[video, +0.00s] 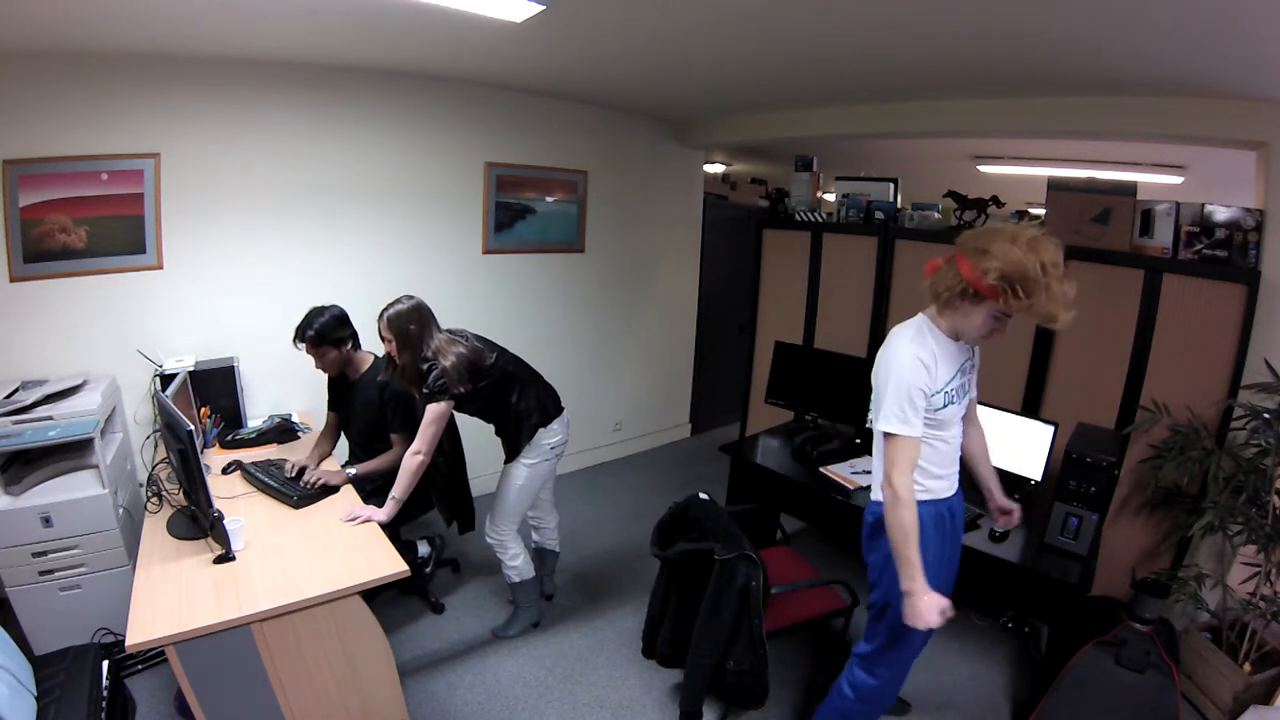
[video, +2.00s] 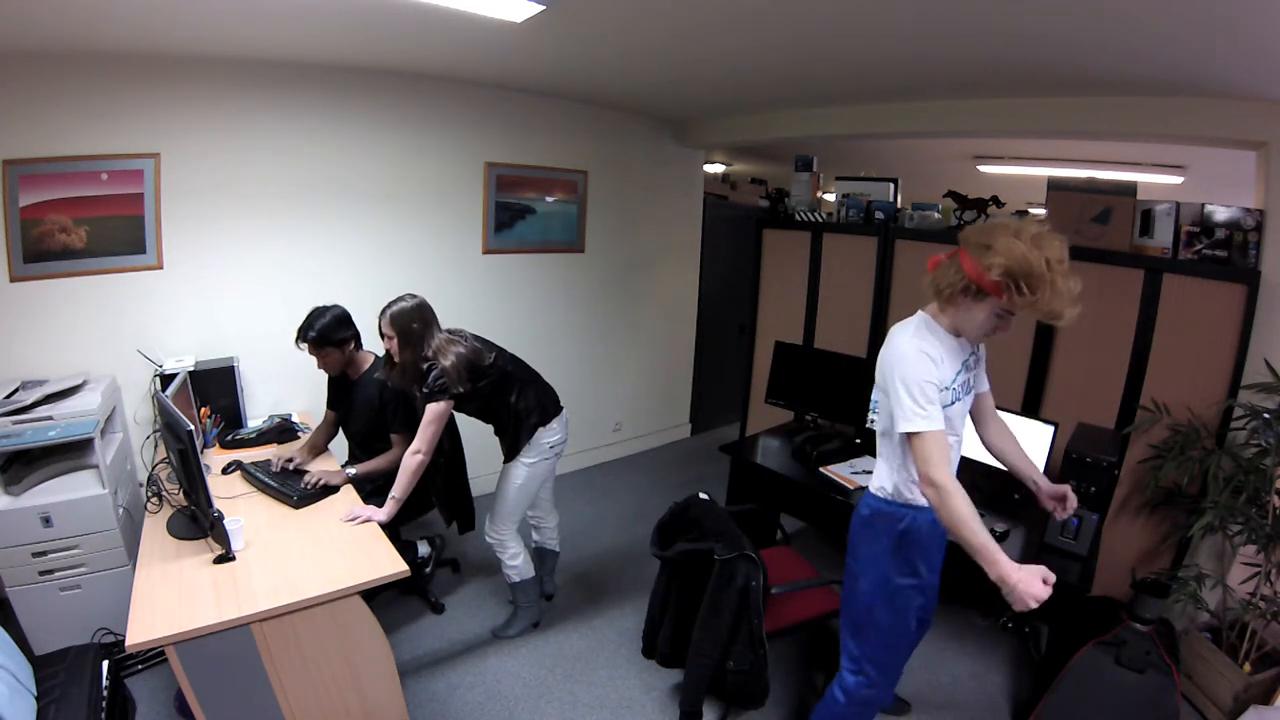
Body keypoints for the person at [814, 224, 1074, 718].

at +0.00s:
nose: (1002, 330)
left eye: (1008, 319)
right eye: (999, 317)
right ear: (970, 295)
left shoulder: (964, 342)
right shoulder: (907, 356)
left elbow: (968, 421)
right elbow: (896, 486)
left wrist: (993, 494)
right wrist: (915, 588)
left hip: (944, 508)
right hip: (905, 517)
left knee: (918, 616)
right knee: (890, 643)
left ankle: (880, 692)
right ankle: (843, 712)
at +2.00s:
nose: (1004, 329)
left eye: (1011, 318)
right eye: (1002, 315)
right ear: (972, 291)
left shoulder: (966, 342)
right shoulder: (910, 352)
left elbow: (987, 420)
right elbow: (935, 479)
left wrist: (1040, 485)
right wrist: (1006, 572)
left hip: (929, 520)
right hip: (892, 526)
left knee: (911, 620)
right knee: (866, 672)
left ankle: (876, 689)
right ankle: (836, 713)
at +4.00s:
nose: (998, 327)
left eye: (1004, 316)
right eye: (996, 313)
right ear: (969, 291)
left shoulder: (956, 337)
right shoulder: (906, 355)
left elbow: (963, 416)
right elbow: (902, 481)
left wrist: (988, 491)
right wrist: (931, 582)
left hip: (943, 507)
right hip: (906, 518)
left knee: (906, 614)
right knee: (874, 646)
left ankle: (875, 689)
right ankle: (838, 711)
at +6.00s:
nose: (1004, 329)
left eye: (1011, 318)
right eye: (1002, 315)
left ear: (979, 300)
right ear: (972, 294)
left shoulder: (959, 340)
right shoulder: (911, 357)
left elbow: (968, 420)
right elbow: (910, 487)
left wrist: (994, 494)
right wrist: (942, 584)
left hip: (946, 508)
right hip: (907, 522)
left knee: (910, 617)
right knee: (877, 658)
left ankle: (880, 689)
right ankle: (842, 713)